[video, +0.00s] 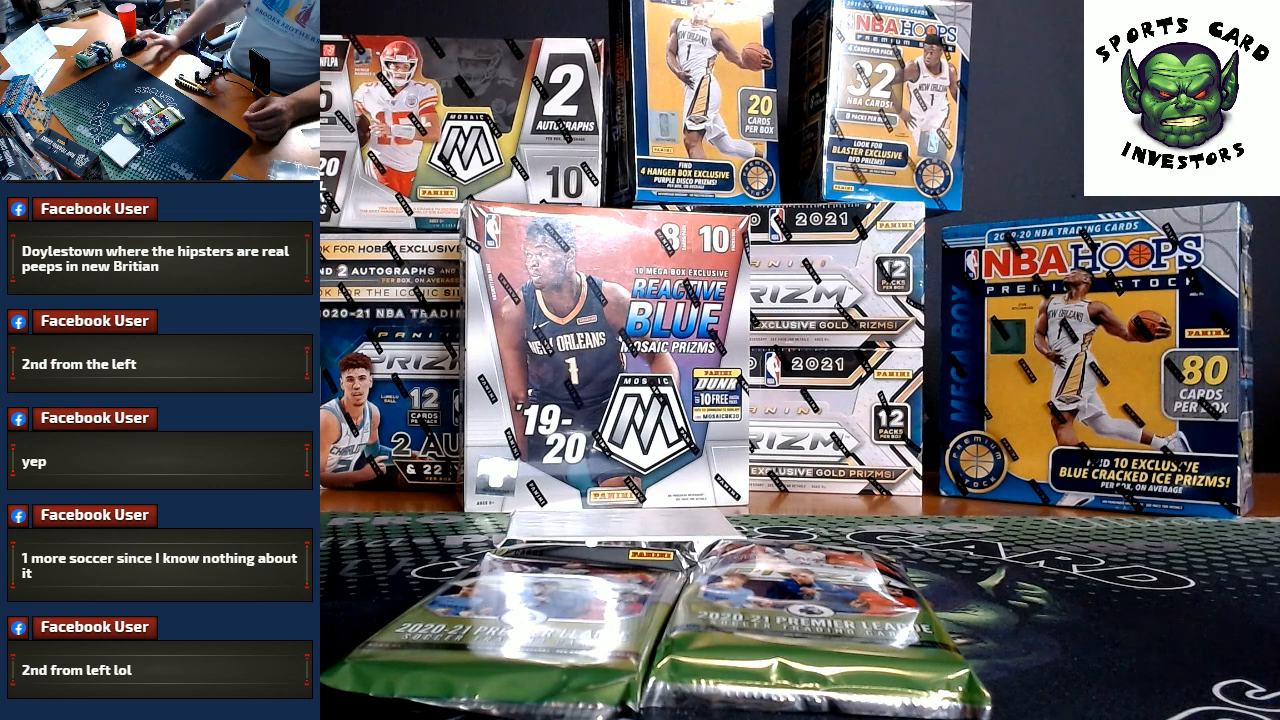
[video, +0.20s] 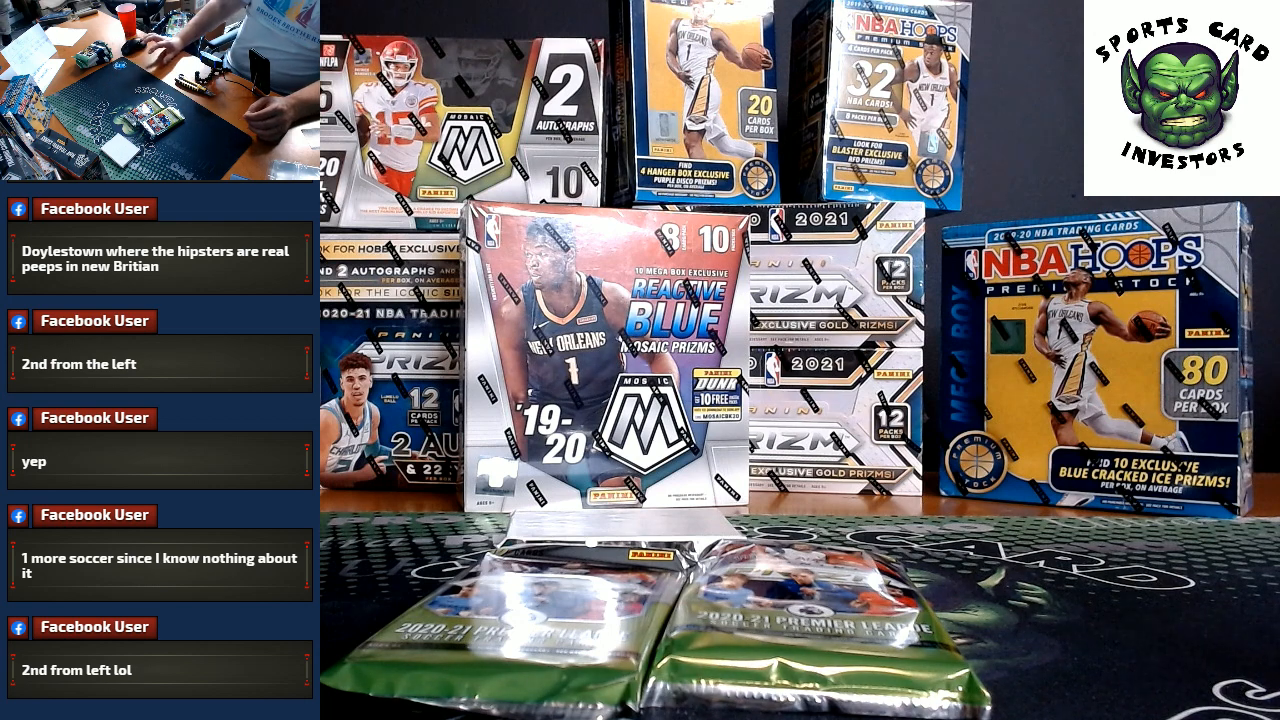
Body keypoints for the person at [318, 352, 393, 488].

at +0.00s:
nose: (356, 385)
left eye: (362, 378)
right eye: (350, 379)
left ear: (370, 382)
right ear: (341, 383)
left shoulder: (372, 413)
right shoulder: (325, 419)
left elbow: (373, 450)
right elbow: (316, 477)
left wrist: (406, 456)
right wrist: (360, 475)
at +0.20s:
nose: (356, 385)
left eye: (362, 378)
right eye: (350, 379)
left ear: (370, 382)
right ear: (341, 383)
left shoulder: (372, 413)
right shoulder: (325, 419)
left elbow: (373, 450)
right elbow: (316, 477)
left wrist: (406, 456)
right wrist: (360, 475)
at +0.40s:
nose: (356, 385)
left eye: (362, 378)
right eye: (350, 379)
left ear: (370, 382)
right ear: (341, 383)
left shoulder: (372, 413)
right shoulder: (325, 419)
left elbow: (373, 450)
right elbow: (316, 477)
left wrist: (406, 456)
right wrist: (360, 475)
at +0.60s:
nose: (356, 385)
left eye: (362, 378)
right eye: (350, 379)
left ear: (370, 382)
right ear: (341, 383)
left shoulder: (372, 413)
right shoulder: (325, 419)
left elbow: (373, 451)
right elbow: (316, 477)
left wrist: (406, 456)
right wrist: (360, 475)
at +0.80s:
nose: (356, 385)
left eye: (362, 378)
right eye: (350, 379)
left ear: (370, 382)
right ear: (341, 383)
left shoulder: (372, 413)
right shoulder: (325, 419)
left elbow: (373, 450)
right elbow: (316, 477)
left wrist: (406, 456)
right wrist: (360, 475)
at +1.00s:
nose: (356, 385)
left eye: (362, 378)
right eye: (350, 379)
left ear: (370, 382)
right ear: (341, 383)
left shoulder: (372, 413)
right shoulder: (325, 419)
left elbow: (373, 450)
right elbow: (316, 477)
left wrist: (406, 456)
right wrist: (360, 475)